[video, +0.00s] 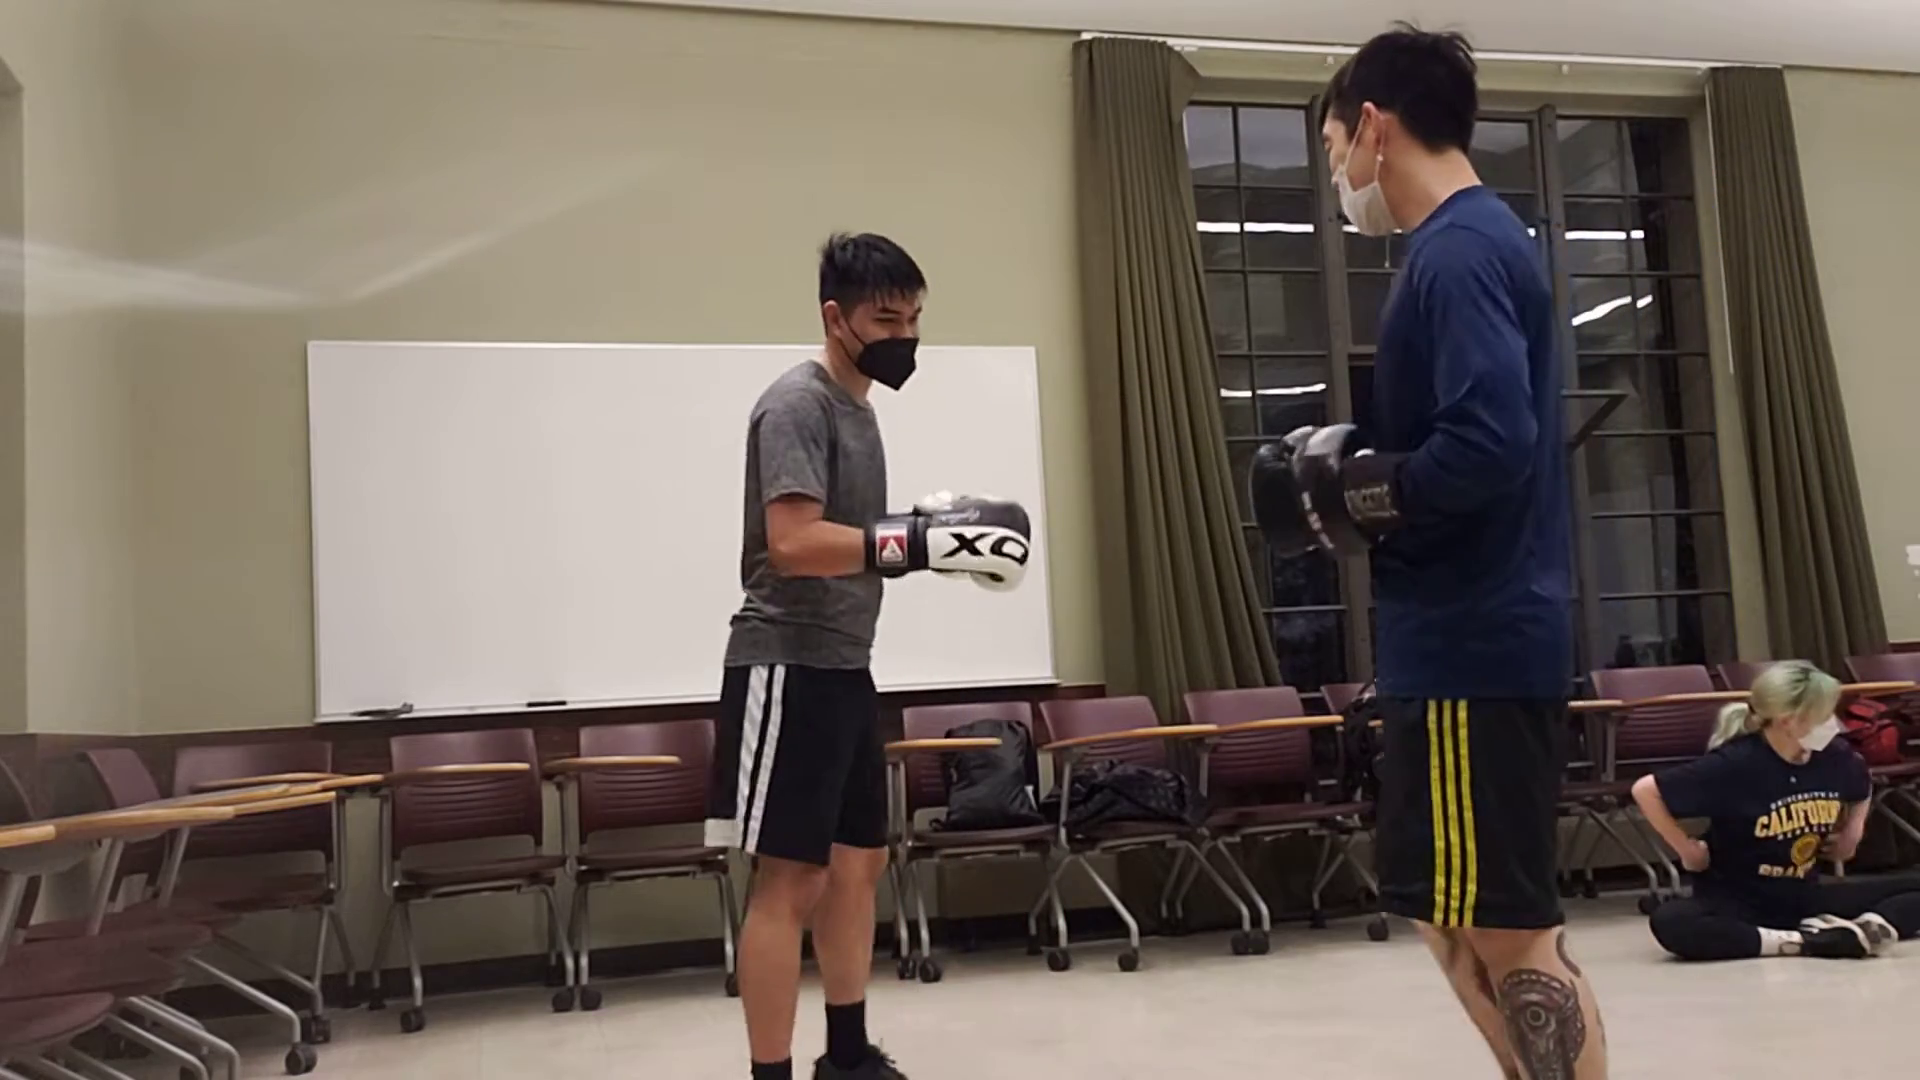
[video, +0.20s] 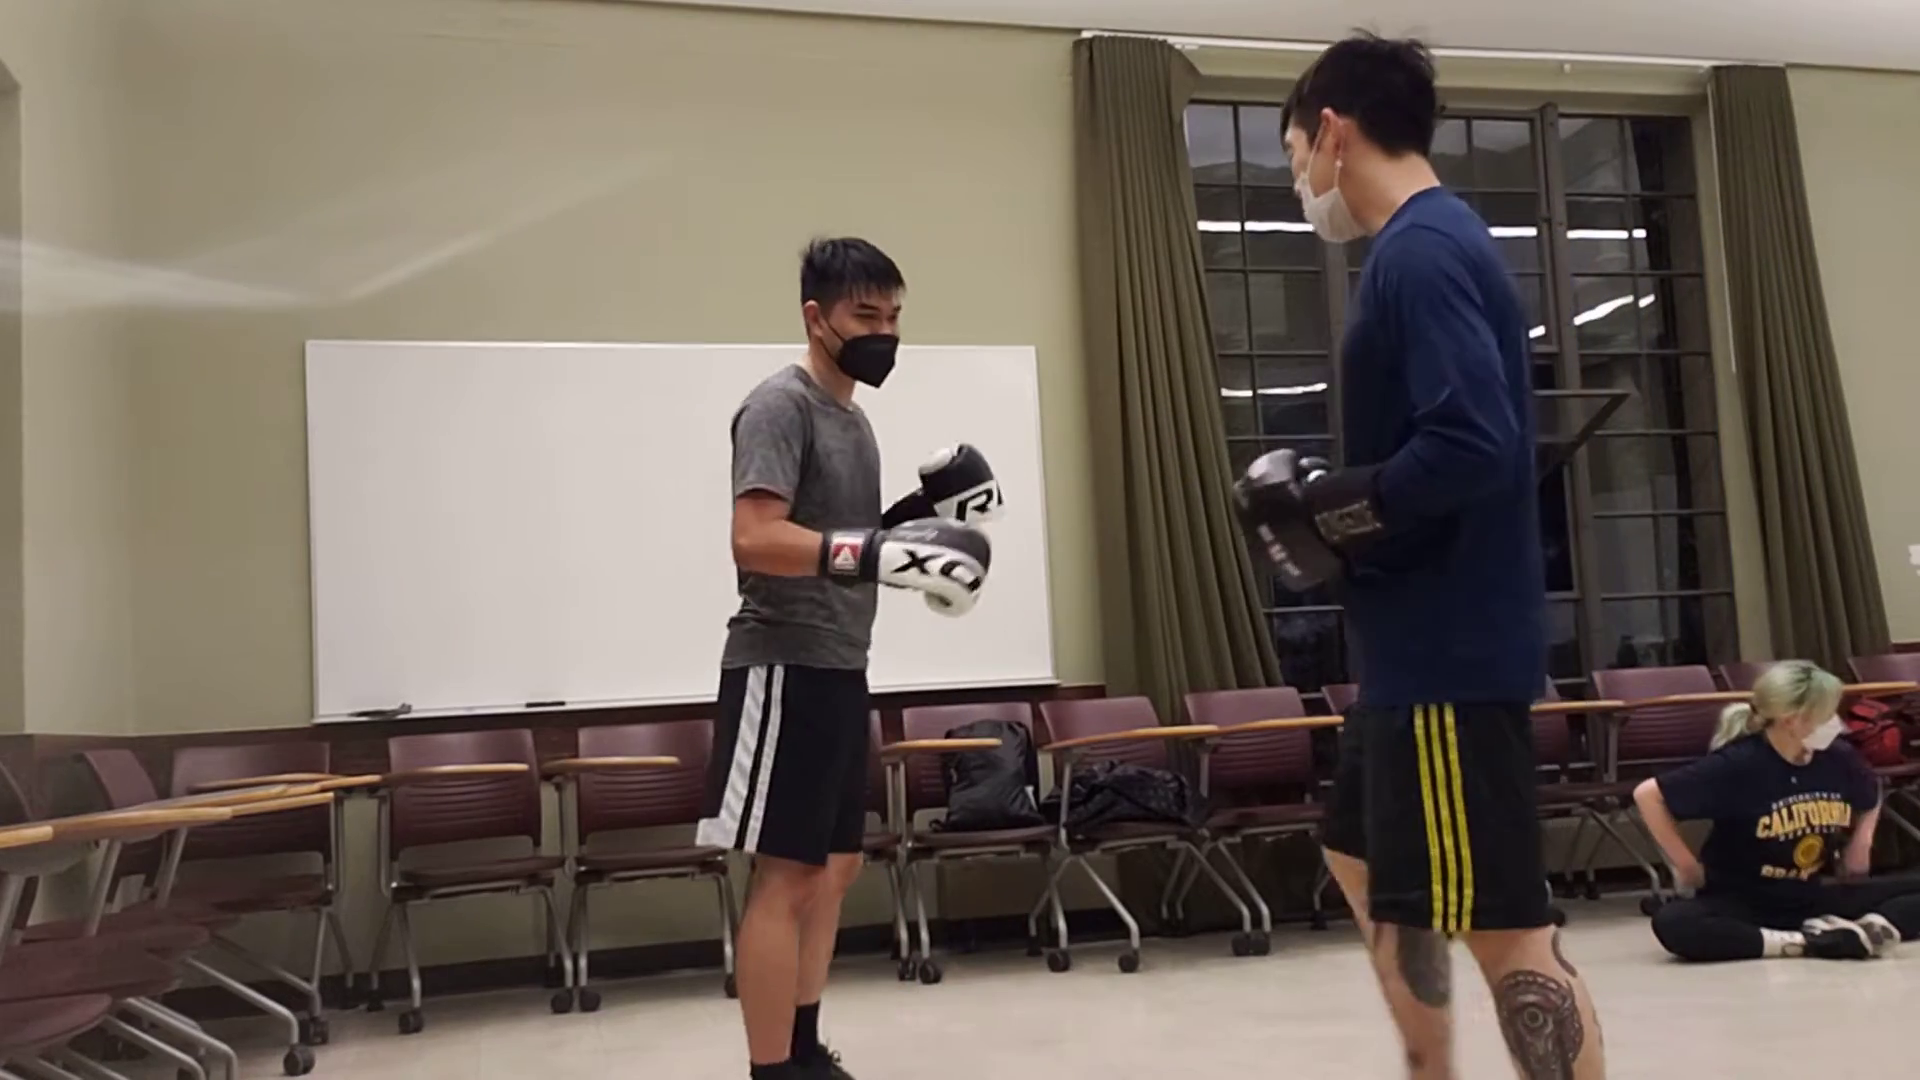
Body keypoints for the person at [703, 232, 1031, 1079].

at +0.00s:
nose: (903, 334)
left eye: (911, 316)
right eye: (883, 316)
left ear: (917, 313)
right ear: (833, 314)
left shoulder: (858, 412)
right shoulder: (796, 404)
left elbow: (839, 542)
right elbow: (793, 544)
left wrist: (924, 532)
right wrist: (912, 543)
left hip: (844, 671)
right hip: (785, 671)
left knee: (856, 861)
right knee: (787, 879)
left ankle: (848, 1052)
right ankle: (771, 1074)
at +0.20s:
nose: (882, 331)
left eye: (891, 316)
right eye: (863, 314)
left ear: (897, 317)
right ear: (814, 314)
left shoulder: (853, 423)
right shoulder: (777, 406)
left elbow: (842, 543)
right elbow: (753, 543)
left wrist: (919, 506)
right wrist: (871, 554)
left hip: (839, 671)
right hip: (782, 669)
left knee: (835, 863)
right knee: (786, 874)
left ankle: (800, 1049)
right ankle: (769, 1070)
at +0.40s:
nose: (879, 342)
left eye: (889, 328)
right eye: (862, 326)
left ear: (895, 330)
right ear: (814, 325)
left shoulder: (856, 434)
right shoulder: (778, 420)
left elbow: (857, 565)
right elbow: (726, 547)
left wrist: (921, 514)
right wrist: (823, 597)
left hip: (836, 676)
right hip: (792, 675)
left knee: (821, 873)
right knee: (803, 874)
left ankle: (794, 1054)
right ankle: (777, 1068)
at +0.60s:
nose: (882, 354)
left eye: (894, 341)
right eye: (867, 335)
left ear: (903, 345)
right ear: (822, 330)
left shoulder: (855, 438)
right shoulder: (783, 417)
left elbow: (860, 568)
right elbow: (729, 540)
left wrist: (924, 513)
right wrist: (825, 613)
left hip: (839, 659)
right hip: (799, 659)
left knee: (843, 856)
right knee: (840, 856)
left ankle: (796, 1051)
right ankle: (792, 1055)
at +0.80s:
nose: (893, 365)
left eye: (904, 353)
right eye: (880, 344)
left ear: (908, 357)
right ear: (833, 333)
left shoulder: (835, 433)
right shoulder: (805, 409)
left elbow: (856, 583)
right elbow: (777, 532)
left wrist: (916, 515)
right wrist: (867, 613)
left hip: (832, 662)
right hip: (808, 662)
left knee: (845, 870)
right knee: (841, 871)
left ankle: (796, 1057)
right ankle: (805, 1064)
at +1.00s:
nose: (903, 371)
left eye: (913, 361)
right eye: (894, 350)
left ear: (903, 359)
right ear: (844, 334)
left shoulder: (823, 414)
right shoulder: (823, 399)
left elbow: (838, 562)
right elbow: (826, 527)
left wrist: (909, 518)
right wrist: (889, 623)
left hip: (821, 660)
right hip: (807, 661)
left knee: (861, 867)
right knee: (851, 869)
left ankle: (805, 1052)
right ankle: (809, 1060)